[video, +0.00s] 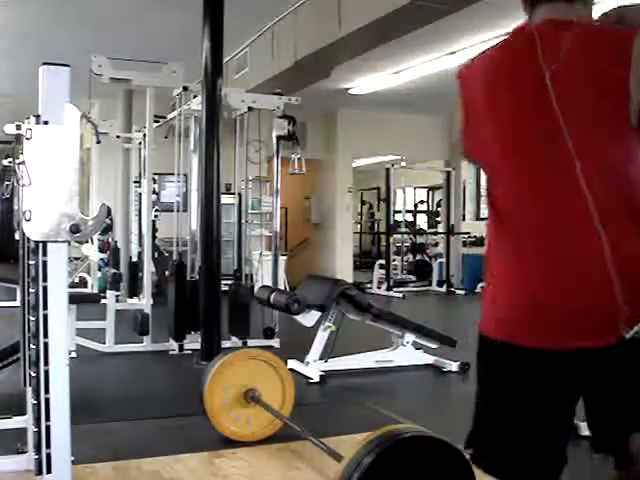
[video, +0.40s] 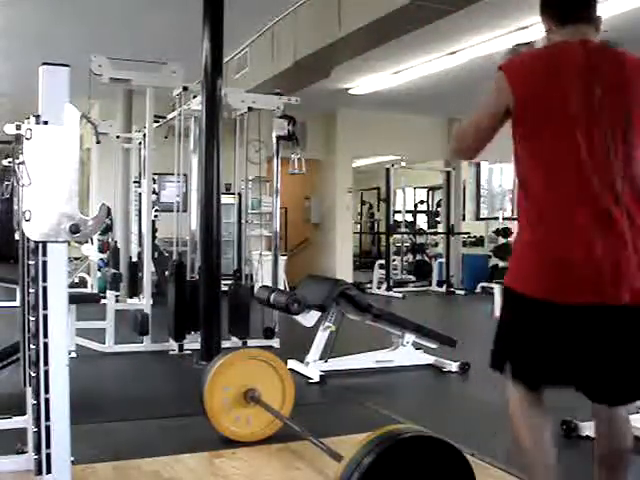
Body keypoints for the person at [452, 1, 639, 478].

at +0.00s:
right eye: (591, 4)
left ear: (523, 2)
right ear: (588, 1)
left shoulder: (478, 74)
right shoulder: (627, 48)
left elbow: (471, 150)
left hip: (521, 312)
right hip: (624, 304)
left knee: (513, 468)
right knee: (628, 457)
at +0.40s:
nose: (544, 23)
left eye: (544, 16)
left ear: (545, 17)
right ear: (598, 16)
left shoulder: (522, 70)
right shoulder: (632, 69)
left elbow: (466, 143)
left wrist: (466, 128)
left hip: (544, 264)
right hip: (622, 268)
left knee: (525, 390)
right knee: (614, 408)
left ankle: (543, 474)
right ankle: (614, 477)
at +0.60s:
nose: (525, 50)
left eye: (523, 43)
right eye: (526, 43)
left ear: (530, 38)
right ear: (573, 34)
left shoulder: (518, 84)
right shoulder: (621, 87)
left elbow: (464, 163)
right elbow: (639, 154)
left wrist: (497, 136)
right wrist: (615, 166)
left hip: (534, 265)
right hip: (607, 269)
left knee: (514, 380)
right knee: (608, 400)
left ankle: (518, 475)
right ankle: (610, 478)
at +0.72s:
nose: (500, 72)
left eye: (498, 65)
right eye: (500, 66)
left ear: (506, 59)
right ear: (546, 54)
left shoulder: (504, 103)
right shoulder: (593, 105)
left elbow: (486, 177)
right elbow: (638, 169)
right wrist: (626, 233)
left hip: (524, 271)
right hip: (591, 270)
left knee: (511, 387)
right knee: (598, 395)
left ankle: (497, 472)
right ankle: (605, 475)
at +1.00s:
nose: (450, 82)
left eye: (447, 75)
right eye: (447, 76)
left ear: (457, 68)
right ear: (492, 62)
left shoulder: (462, 106)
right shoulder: (535, 96)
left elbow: (471, 166)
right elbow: (587, 148)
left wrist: (463, 233)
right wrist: (573, 221)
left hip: (485, 257)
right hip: (539, 253)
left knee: (478, 366)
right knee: (535, 362)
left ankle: (489, 466)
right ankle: (566, 449)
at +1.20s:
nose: (437, 88)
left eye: (435, 78)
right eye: (435, 79)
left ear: (448, 68)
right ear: (474, 65)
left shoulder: (458, 113)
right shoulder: (519, 108)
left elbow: (437, 186)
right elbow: (553, 167)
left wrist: (412, 233)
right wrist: (538, 219)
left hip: (477, 259)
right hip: (522, 255)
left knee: (475, 364)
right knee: (497, 346)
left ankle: (490, 466)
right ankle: (521, 447)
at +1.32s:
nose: (427, 93)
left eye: (426, 82)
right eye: (424, 85)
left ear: (443, 72)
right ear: (463, 70)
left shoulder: (455, 119)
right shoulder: (499, 113)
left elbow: (442, 199)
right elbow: (514, 180)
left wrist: (396, 244)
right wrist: (475, 217)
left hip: (470, 260)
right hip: (503, 258)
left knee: (469, 362)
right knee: (470, 353)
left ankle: (489, 463)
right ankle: (463, 433)